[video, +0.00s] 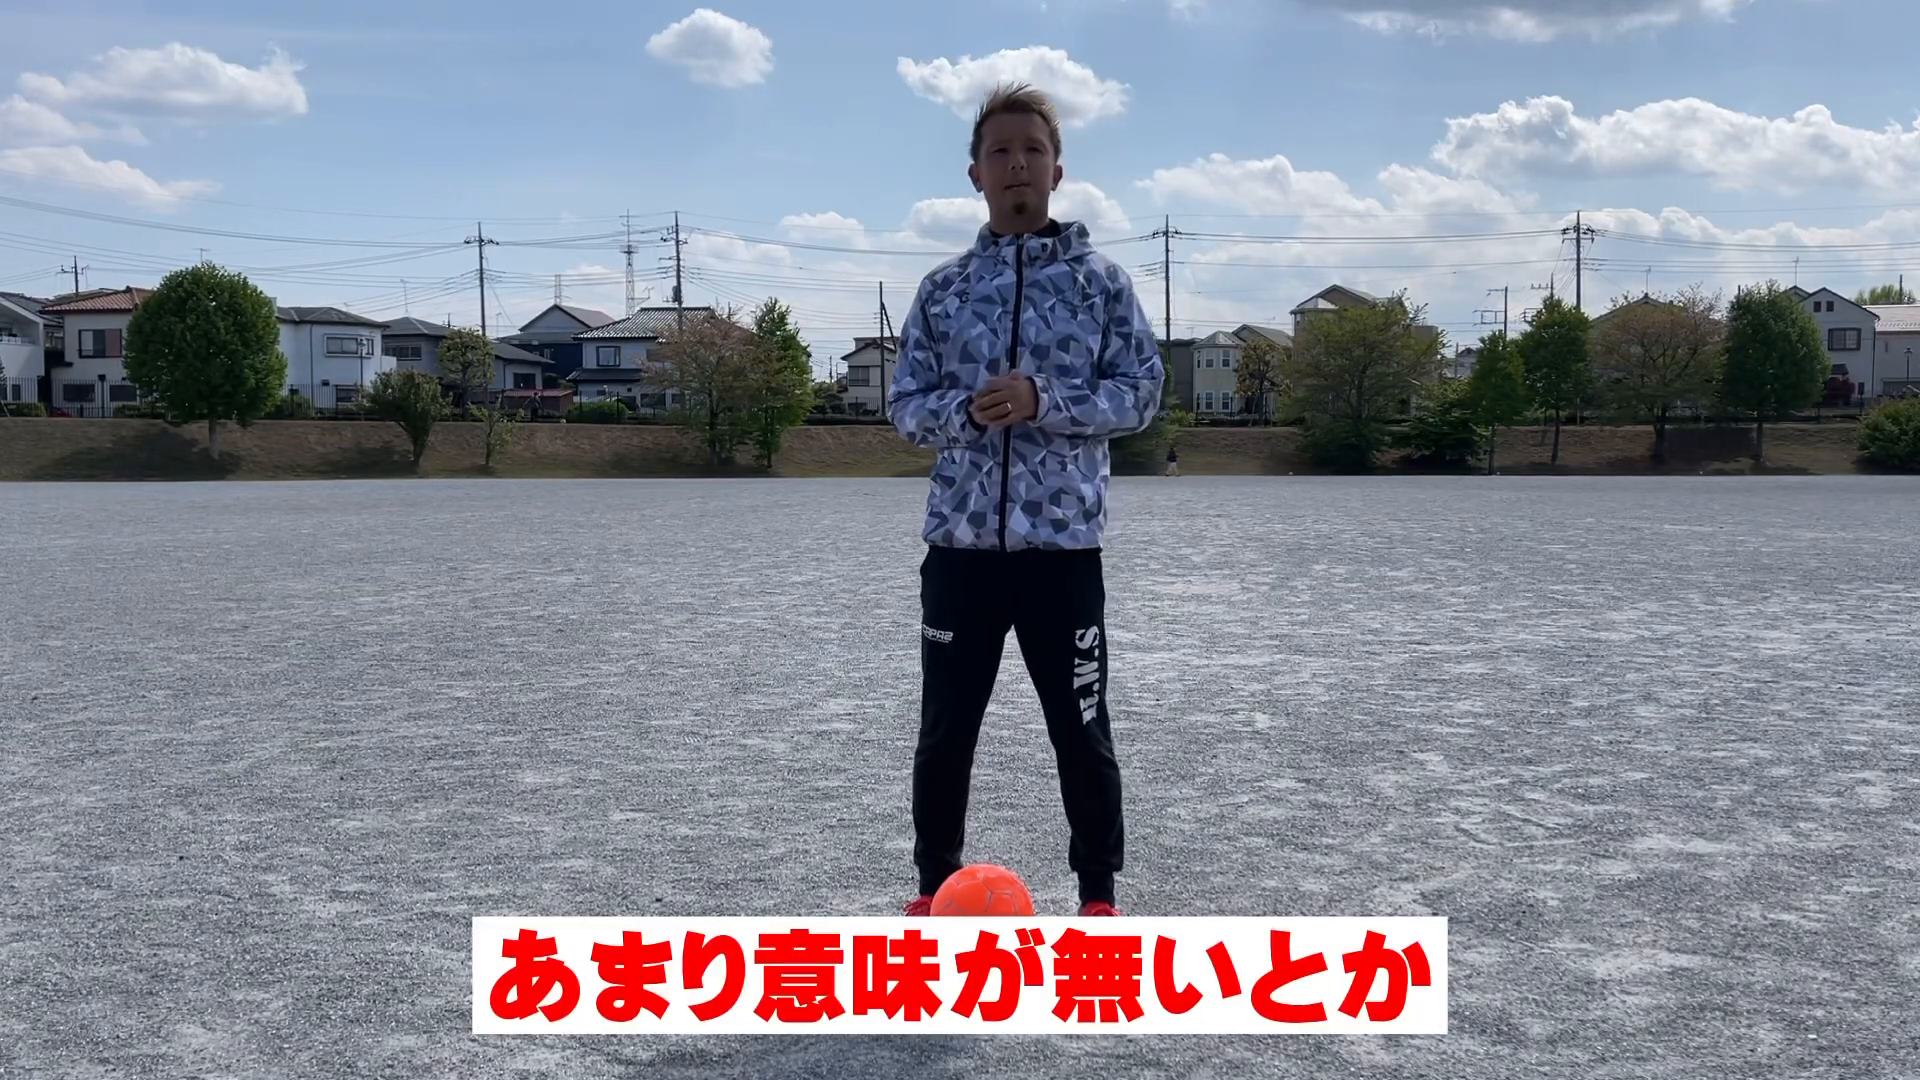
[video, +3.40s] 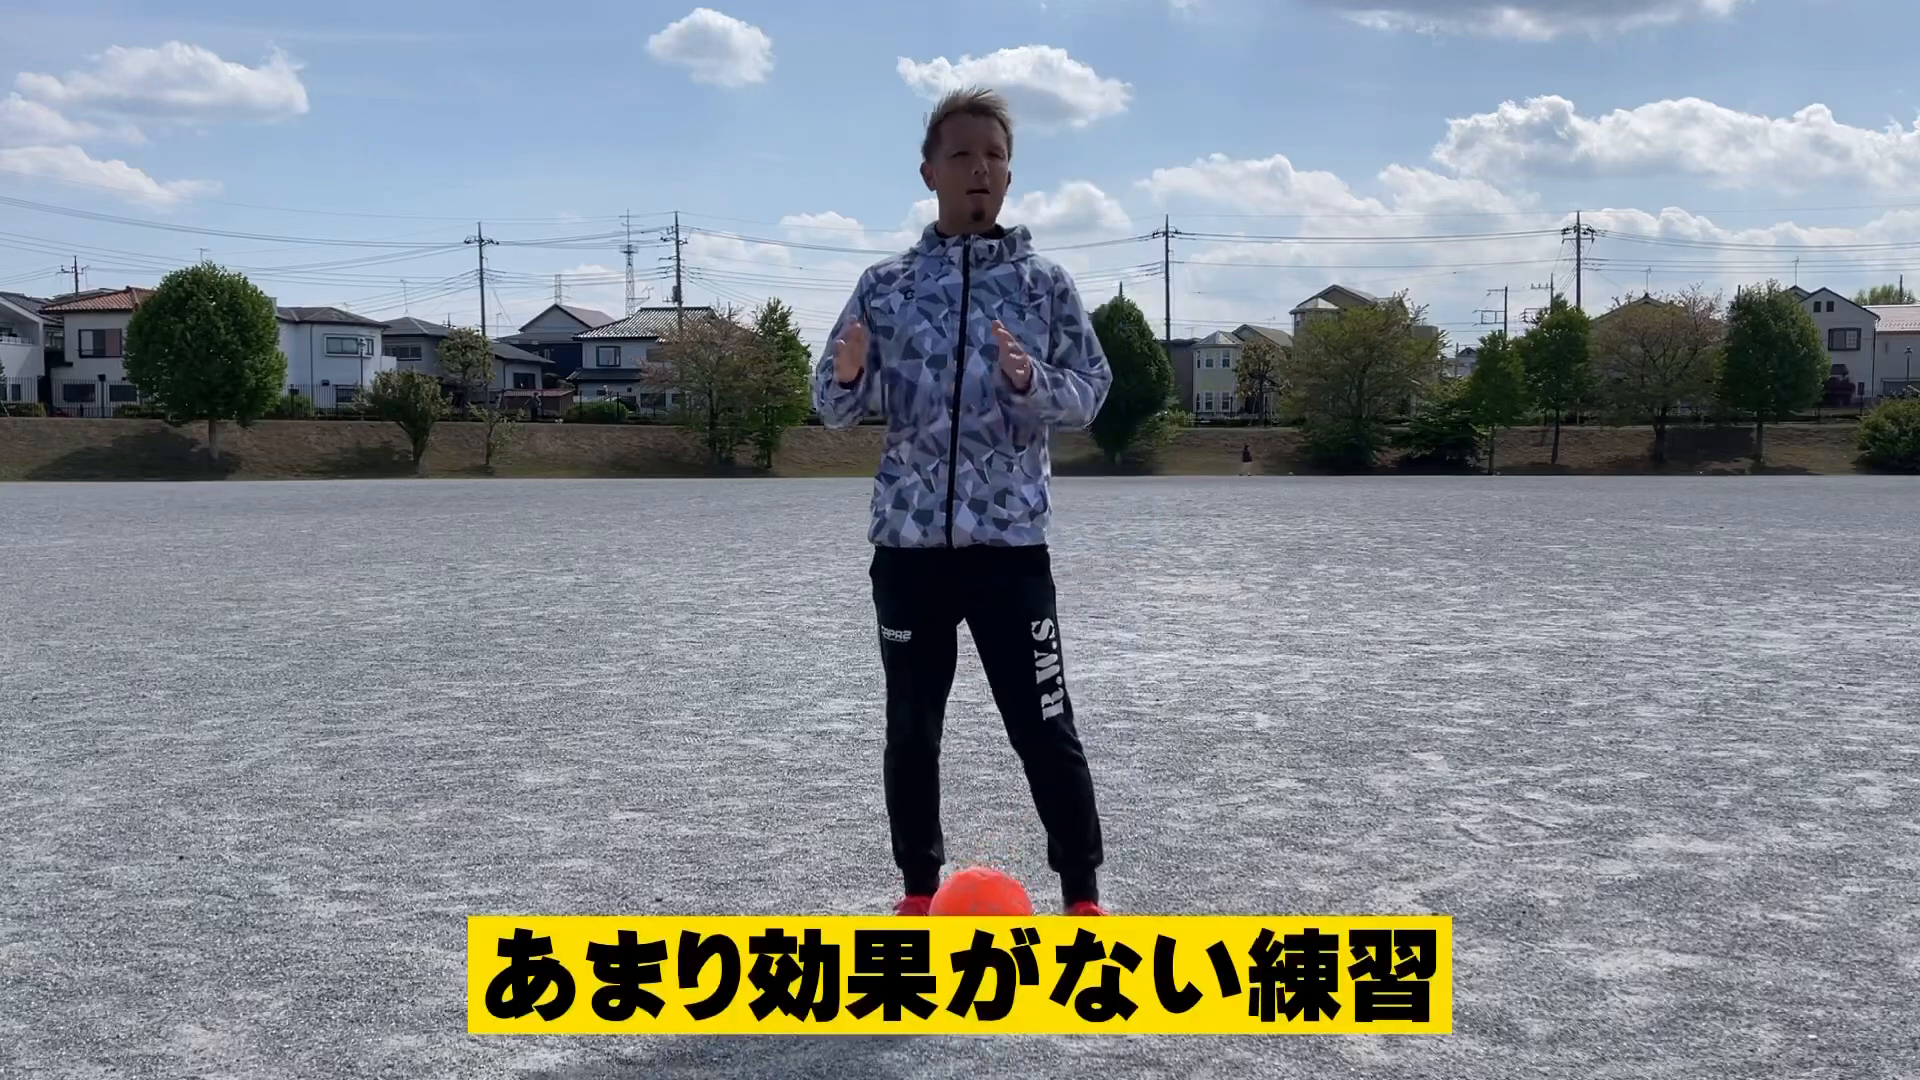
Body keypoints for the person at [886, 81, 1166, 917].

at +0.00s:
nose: (1016, 162)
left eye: (1033, 149)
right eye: (999, 150)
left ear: (1057, 167)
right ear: (977, 169)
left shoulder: (1099, 280)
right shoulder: (942, 288)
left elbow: (1140, 392)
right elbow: (907, 406)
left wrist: (1047, 400)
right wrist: (962, 409)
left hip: (1061, 540)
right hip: (960, 540)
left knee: (1080, 728)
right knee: (944, 732)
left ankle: (1097, 897)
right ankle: (935, 897)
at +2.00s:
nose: (1114, 164)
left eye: (1132, 153)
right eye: (1099, 148)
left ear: (1151, 176)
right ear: (1070, 163)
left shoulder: (1172, 295)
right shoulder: (1013, 273)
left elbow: (1193, 416)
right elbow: (961, 388)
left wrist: (1113, 409)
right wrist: (1029, 399)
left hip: (1103, 544)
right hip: (1002, 532)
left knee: (1098, 733)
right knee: (948, 696)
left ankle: (1092, 903)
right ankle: (951, 801)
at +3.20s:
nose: (1007, 165)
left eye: (1019, 150)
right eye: (986, 154)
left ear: (1036, 165)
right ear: (956, 174)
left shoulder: (1076, 289)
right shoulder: (914, 286)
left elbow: (1109, 393)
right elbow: (874, 398)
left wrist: (1066, 420)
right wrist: (911, 389)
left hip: (1027, 538)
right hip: (928, 538)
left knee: (1056, 725)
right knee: (921, 724)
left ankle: (1087, 899)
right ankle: (921, 890)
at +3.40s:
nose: (983, 169)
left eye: (996, 156)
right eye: (963, 155)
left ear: (1010, 171)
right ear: (929, 171)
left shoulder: (1042, 282)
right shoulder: (884, 285)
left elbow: (1089, 392)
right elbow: (836, 406)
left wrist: (1034, 382)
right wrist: (845, 377)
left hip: (1007, 535)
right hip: (909, 536)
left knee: (1043, 719)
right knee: (910, 725)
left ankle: (1082, 897)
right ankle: (917, 894)